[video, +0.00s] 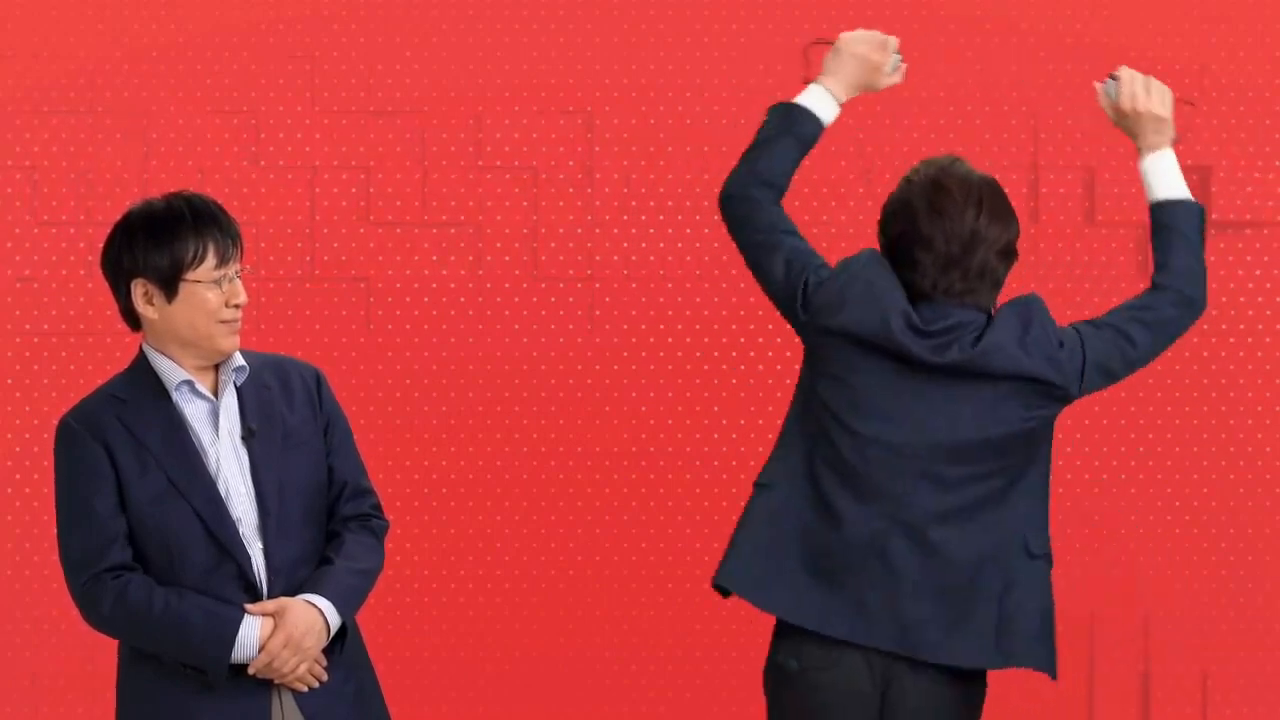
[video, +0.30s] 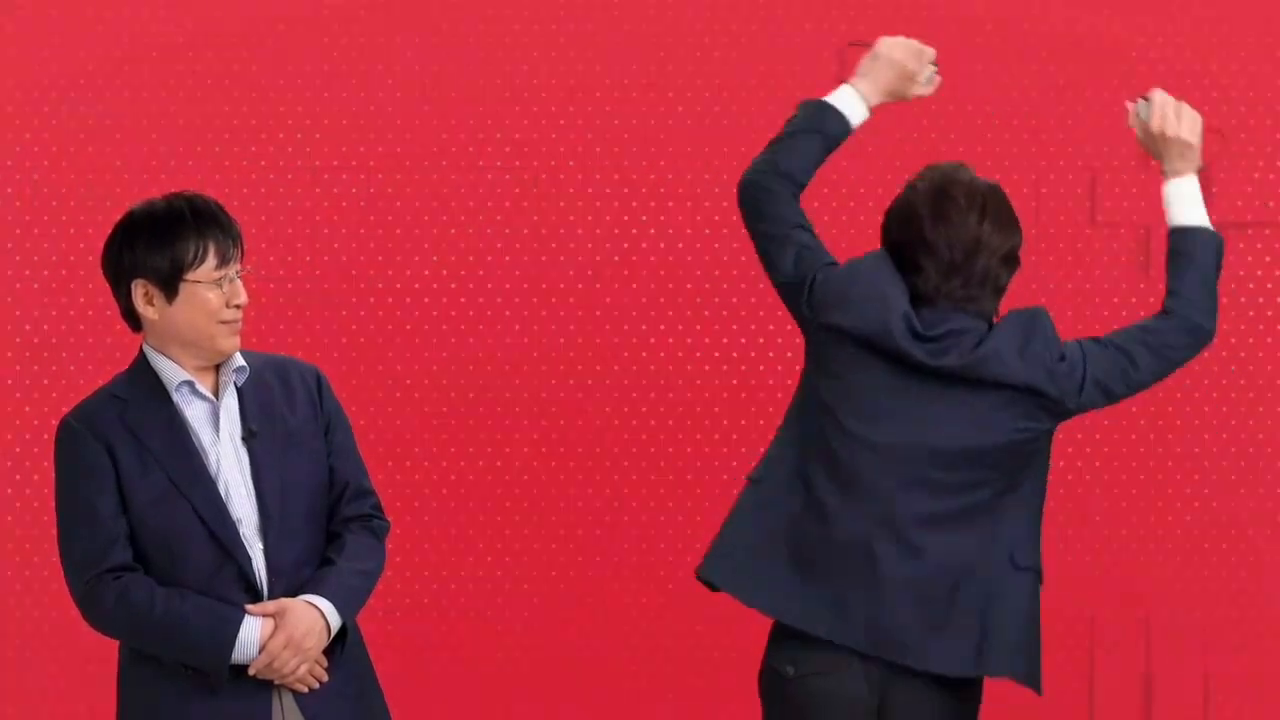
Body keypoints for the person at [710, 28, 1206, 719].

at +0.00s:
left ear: (889, 250)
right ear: (1003, 270)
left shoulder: (836, 315)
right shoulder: (1039, 362)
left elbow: (747, 199)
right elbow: (1180, 295)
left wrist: (829, 90)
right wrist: (1157, 151)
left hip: (817, 655)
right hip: (945, 670)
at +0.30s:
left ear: (894, 250)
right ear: (1003, 273)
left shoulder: (839, 317)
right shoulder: (1036, 376)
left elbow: (767, 187)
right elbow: (1189, 322)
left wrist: (861, 91)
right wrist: (1182, 172)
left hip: (813, 662)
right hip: (940, 678)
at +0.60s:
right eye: (983, 248)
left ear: (872, 278)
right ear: (982, 260)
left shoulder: (841, 383)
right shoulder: (1028, 329)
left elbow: (676, 370)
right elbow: (1036, 185)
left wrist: (660, 232)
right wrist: (918, 105)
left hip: (895, 687)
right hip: (1017, 674)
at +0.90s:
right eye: (1009, 268)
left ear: (889, 270)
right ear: (1001, 282)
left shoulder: (847, 338)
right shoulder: (1040, 388)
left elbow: (795, 220)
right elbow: (1203, 394)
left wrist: (904, 132)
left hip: (845, 680)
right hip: (972, 696)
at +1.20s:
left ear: (882, 269)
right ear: (992, 251)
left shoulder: (840, 367)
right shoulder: (1042, 327)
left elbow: (679, 337)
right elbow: (1080, 193)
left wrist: (679, 200)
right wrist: (959, 116)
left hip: (907, 681)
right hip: (1034, 666)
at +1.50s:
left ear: (890, 261)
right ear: (1001, 267)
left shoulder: (846, 338)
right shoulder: (1048, 360)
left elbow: (760, 225)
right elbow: (1184, 306)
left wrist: (862, 124)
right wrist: (1160, 171)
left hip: (855, 669)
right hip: (985, 677)